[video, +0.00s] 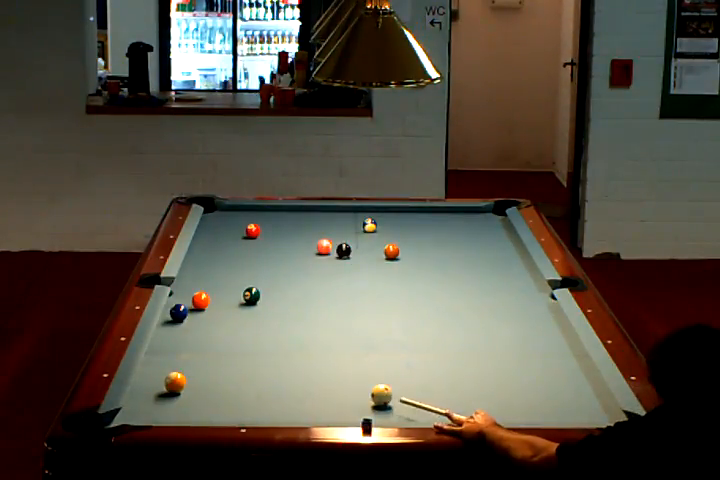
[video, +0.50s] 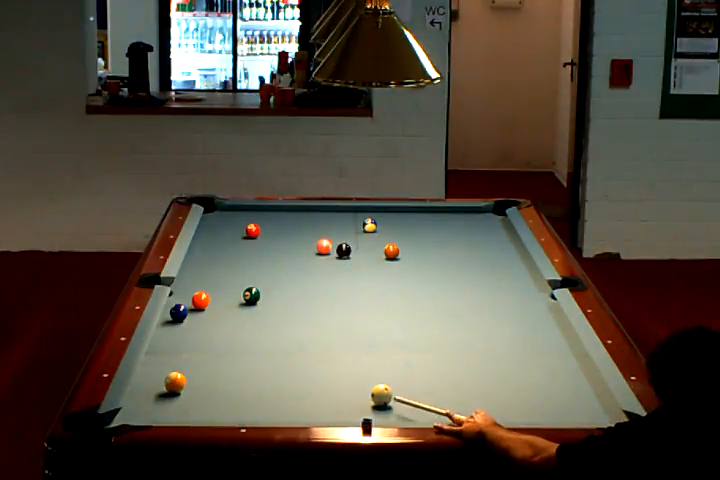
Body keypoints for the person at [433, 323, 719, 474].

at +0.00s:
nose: (643, 378)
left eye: (651, 374)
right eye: (649, 371)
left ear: (663, 386)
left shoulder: (638, 435)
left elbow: (543, 456)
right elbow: (545, 455)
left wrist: (485, 430)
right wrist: (487, 432)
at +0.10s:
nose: (644, 379)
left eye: (651, 374)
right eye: (649, 371)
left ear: (663, 387)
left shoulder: (637, 435)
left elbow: (543, 456)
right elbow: (546, 454)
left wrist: (485, 430)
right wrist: (489, 431)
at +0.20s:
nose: (644, 380)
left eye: (651, 374)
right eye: (649, 372)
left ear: (664, 387)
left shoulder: (639, 435)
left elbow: (543, 455)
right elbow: (546, 454)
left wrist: (485, 430)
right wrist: (491, 431)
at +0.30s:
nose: (644, 380)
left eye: (651, 375)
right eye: (649, 373)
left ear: (664, 387)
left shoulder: (640, 435)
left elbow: (542, 456)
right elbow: (550, 453)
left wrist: (485, 429)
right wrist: (493, 431)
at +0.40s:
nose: (644, 379)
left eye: (651, 375)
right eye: (649, 373)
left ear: (664, 387)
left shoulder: (640, 435)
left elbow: (542, 456)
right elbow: (550, 453)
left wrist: (485, 429)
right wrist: (493, 431)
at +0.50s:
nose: (644, 380)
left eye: (651, 375)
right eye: (649, 373)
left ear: (664, 387)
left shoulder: (640, 435)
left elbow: (541, 455)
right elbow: (550, 453)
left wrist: (484, 430)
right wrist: (494, 431)